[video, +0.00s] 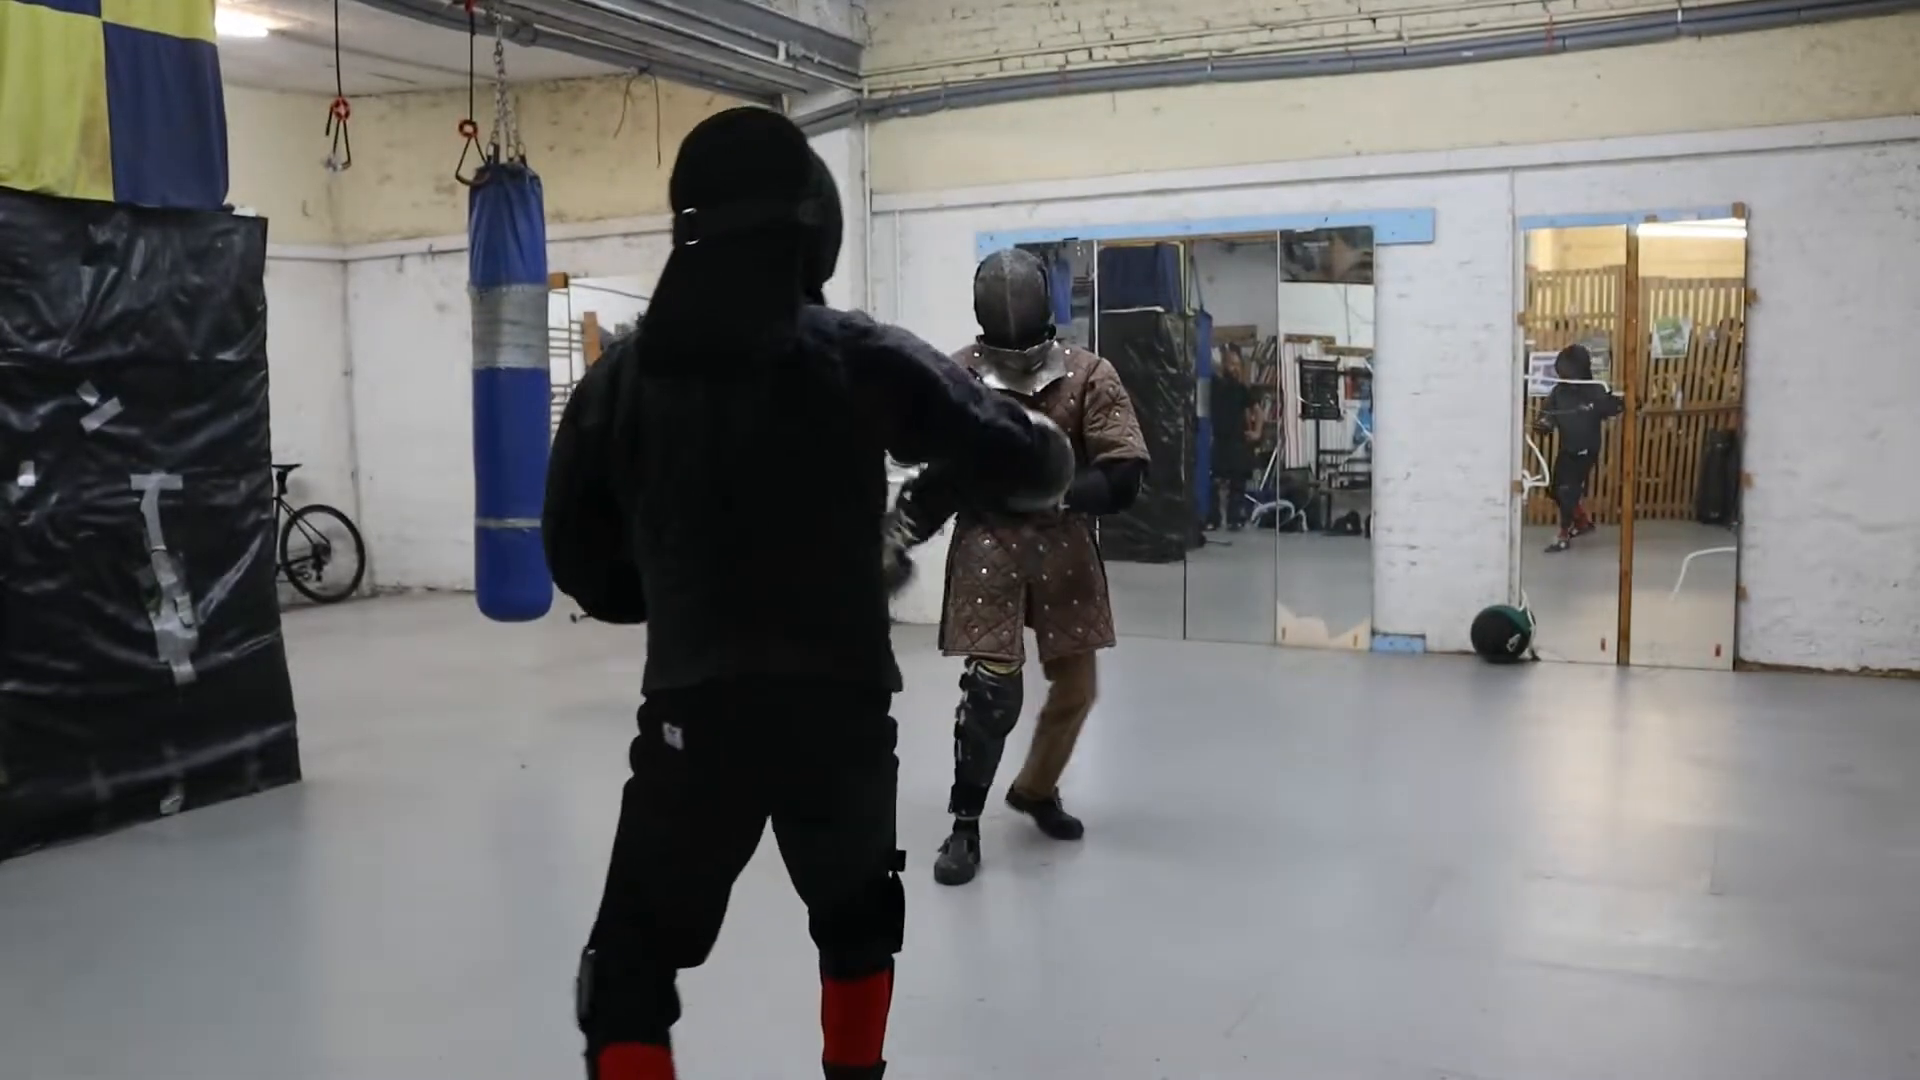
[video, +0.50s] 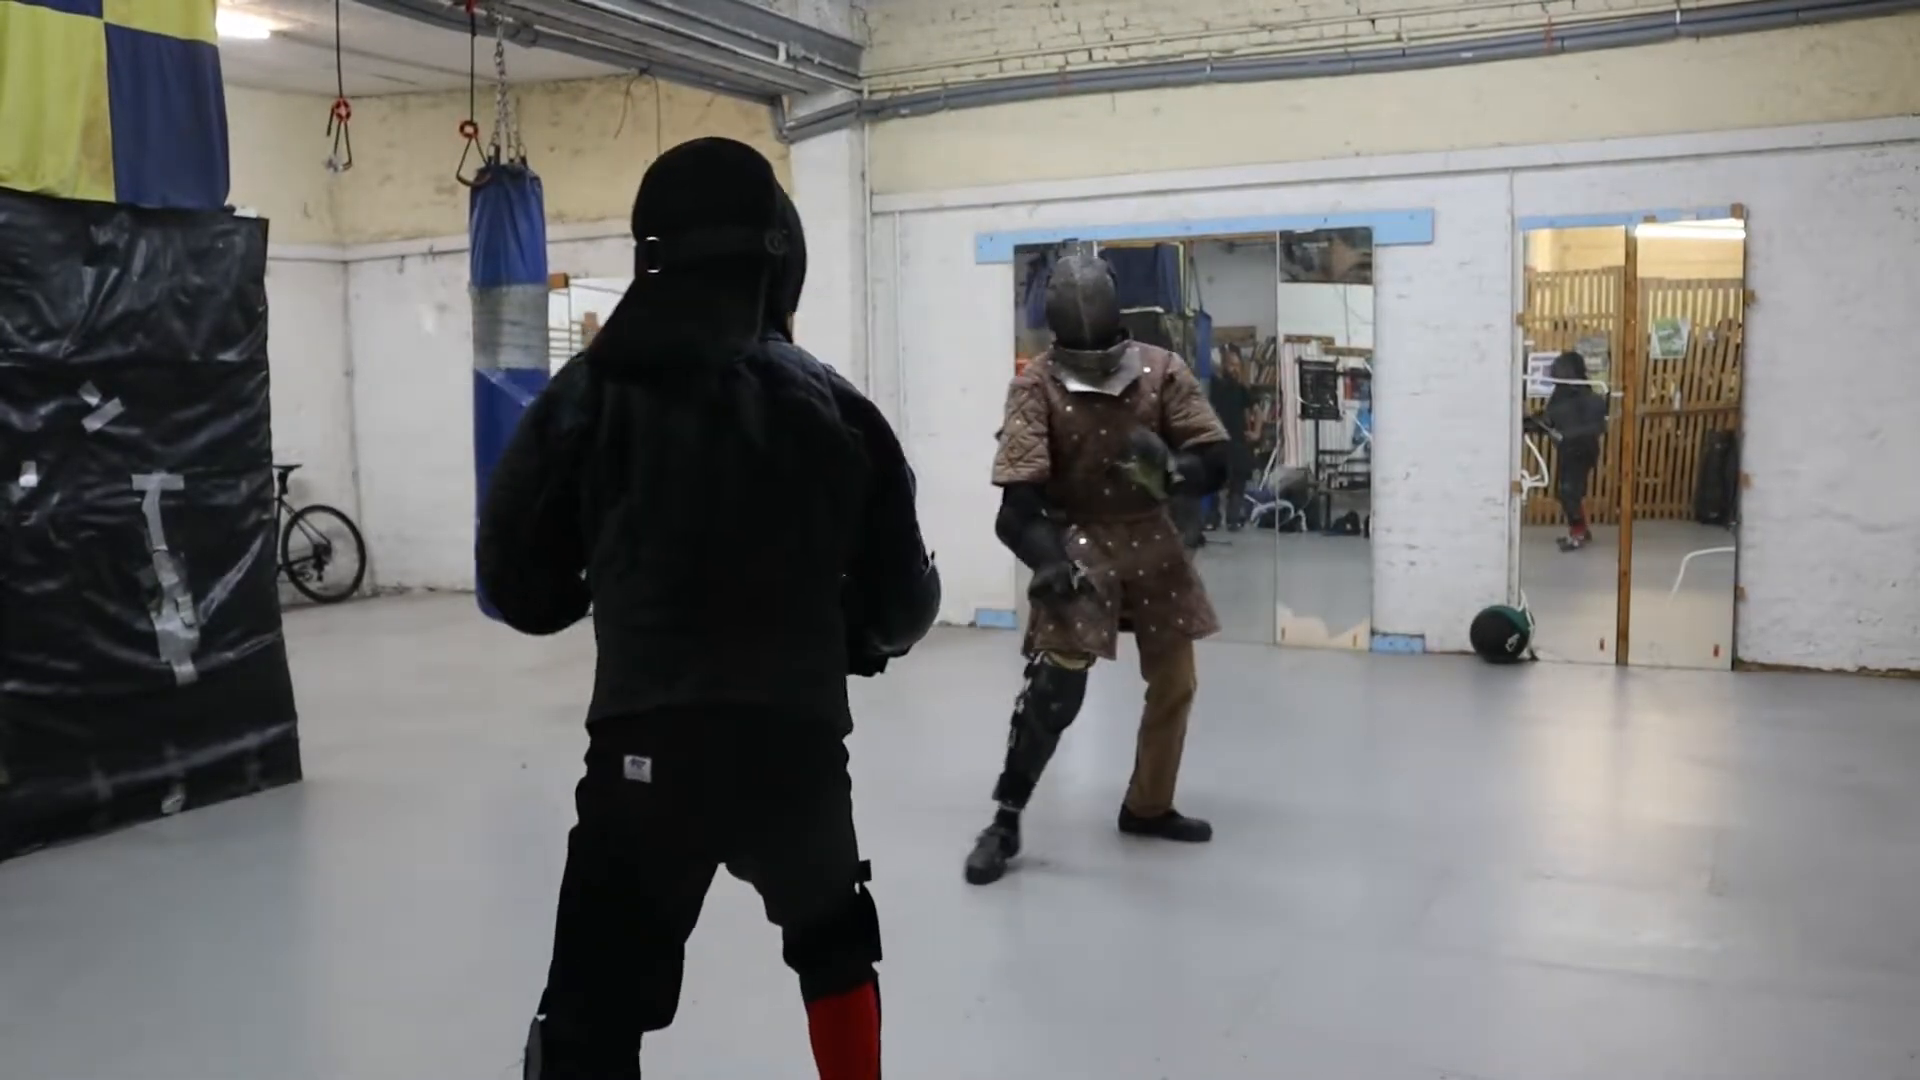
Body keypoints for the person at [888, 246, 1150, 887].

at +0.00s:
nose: (1017, 357)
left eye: (1028, 343)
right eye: (1002, 344)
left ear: (1047, 321)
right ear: (984, 325)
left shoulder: (1090, 375)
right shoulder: (959, 377)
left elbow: (1125, 474)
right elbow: (938, 476)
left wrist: (1057, 493)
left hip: (1065, 549)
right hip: (986, 548)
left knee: (1076, 690)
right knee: (994, 692)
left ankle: (1036, 788)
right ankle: (964, 826)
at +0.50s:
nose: (1095, 368)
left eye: (1106, 353)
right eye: (1079, 356)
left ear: (1120, 326)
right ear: (1056, 335)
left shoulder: (1162, 371)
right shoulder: (1036, 390)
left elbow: (1221, 459)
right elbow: (1016, 505)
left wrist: (1175, 470)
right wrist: (1048, 557)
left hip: (1151, 541)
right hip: (1074, 545)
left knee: (1175, 681)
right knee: (1054, 693)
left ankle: (1147, 807)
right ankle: (1005, 823)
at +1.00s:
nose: (1115, 366)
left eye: (1129, 353)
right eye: (1103, 351)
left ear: (1153, 333)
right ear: (1082, 332)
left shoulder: (1190, 391)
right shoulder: (1044, 373)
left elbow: (1237, 490)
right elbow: (939, 374)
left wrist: (1166, 493)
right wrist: (907, 318)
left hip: (1164, 557)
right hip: (1082, 557)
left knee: (1196, 695)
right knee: (1087, 719)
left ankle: (1164, 787)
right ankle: (1056, 877)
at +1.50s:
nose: (1112, 365)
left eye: (1126, 352)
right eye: (1098, 352)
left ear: (1149, 334)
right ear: (1076, 336)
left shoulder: (1190, 387)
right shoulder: (1049, 377)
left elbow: (1239, 488)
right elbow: (1002, 424)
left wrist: (1177, 517)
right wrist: (1060, 432)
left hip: (1174, 567)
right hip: (1088, 566)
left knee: (1221, 714)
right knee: (1077, 724)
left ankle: (1213, 840)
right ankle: (1056, 888)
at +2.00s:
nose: (1108, 370)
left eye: (1122, 353)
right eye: (1092, 356)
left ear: (1146, 325)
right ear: (1071, 336)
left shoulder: (1198, 383)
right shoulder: (1047, 395)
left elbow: (1261, 485)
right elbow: (1008, 504)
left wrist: (1183, 523)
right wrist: (974, 591)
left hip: (1187, 576)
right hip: (1096, 578)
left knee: (1229, 726)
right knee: (1090, 733)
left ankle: (1221, 856)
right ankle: (1050, 891)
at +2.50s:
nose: (1186, 347)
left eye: (1199, 333)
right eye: (1174, 334)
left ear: (1226, 322)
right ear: (1159, 326)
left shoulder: (1268, 383)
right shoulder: (1136, 381)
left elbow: (1294, 481)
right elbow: (1104, 462)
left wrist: (1208, 485)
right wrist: (1088, 503)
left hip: (1227, 565)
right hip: (1144, 561)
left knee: (1243, 704)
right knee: (1097, 698)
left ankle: (1234, 850)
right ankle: (1141, 795)